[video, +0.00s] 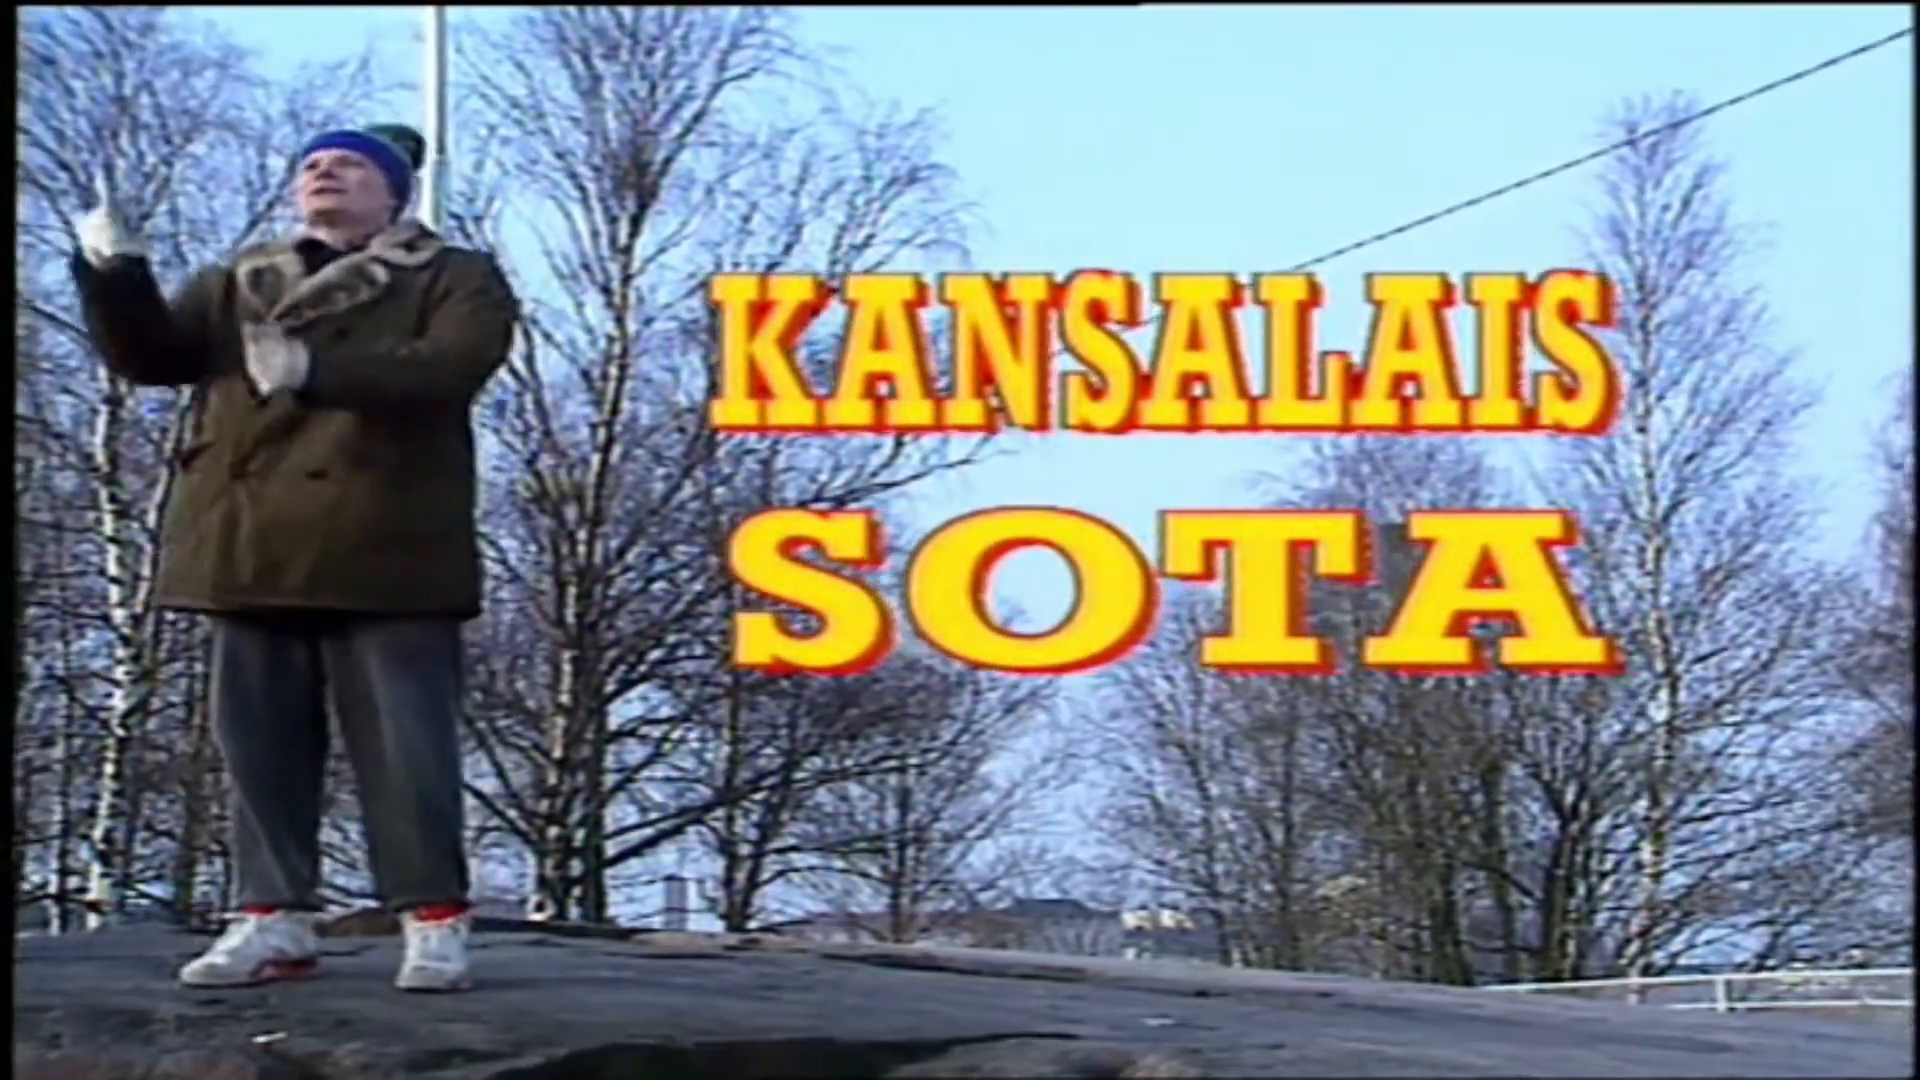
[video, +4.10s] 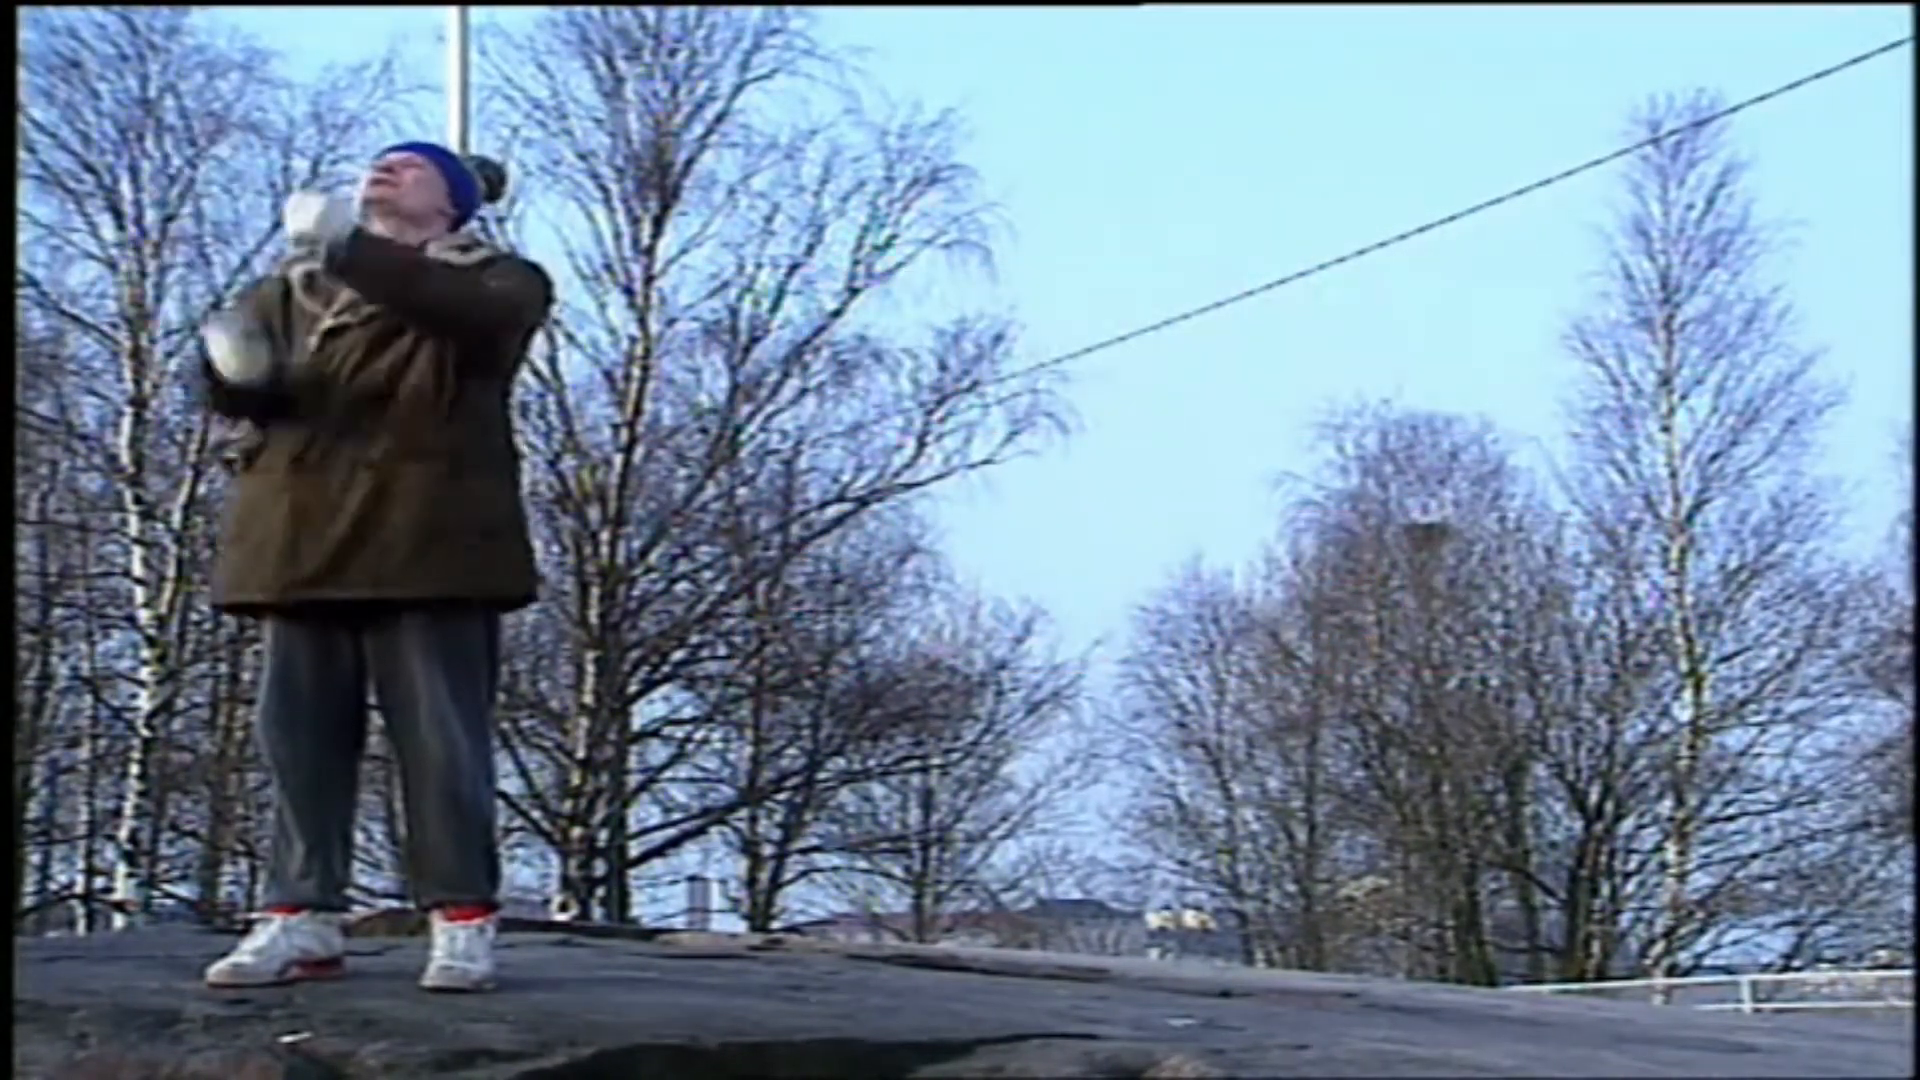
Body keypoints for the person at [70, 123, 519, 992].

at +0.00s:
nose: (321, 172)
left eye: (345, 163)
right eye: (310, 166)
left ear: (396, 193)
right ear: (292, 198)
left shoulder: (456, 275)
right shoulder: (246, 280)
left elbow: (447, 373)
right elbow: (151, 355)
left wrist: (315, 365)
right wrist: (114, 272)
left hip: (391, 561)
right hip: (253, 560)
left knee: (405, 747)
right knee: (259, 745)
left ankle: (434, 920)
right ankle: (276, 918)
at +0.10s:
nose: (332, 175)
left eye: (356, 166)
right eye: (321, 167)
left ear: (407, 194)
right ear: (303, 195)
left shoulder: (461, 275)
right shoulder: (255, 275)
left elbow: (446, 353)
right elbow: (198, 383)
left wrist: (308, 314)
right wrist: (162, 366)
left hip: (394, 554)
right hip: (259, 552)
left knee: (406, 744)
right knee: (265, 744)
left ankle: (436, 919)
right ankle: (279, 917)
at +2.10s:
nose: (367, 178)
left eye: (393, 169)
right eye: (362, 174)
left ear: (444, 208)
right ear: (347, 210)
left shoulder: (494, 282)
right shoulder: (292, 283)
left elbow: (490, 383)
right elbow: (165, 337)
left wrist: (379, 405)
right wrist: (163, 249)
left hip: (424, 561)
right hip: (294, 561)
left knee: (433, 742)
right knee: (293, 738)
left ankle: (458, 921)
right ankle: (302, 918)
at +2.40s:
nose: (391, 179)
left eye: (417, 172)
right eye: (389, 172)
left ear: (465, 214)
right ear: (371, 205)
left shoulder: (506, 285)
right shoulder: (319, 274)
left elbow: (477, 351)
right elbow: (230, 374)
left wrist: (342, 305)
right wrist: (201, 343)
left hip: (422, 555)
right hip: (295, 549)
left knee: (434, 741)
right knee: (295, 740)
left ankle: (459, 919)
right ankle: (303, 918)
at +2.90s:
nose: (378, 170)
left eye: (404, 163)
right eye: (379, 164)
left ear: (455, 202)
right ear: (370, 201)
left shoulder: (515, 286)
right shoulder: (306, 283)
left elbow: (508, 388)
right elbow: (170, 322)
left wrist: (392, 411)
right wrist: (167, 225)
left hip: (437, 566)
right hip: (309, 564)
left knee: (444, 747)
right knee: (301, 742)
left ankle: (462, 921)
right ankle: (305, 919)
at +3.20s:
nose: (367, 180)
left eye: (391, 169)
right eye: (366, 173)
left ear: (446, 197)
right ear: (364, 203)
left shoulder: (507, 280)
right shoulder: (315, 279)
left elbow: (495, 356)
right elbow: (204, 358)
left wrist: (345, 333)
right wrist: (194, 282)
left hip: (436, 554)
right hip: (306, 550)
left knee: (443, 745)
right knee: (302, 740)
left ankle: (462, 920)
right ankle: (305, 918)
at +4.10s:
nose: (380, 174)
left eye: (404, 166)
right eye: (374, 168)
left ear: (454, 204)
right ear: (360, 192)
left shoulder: (498, 276)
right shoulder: (300, 283)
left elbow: (489, 310)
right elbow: (239, 393)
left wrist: (343, 246)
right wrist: (234, 367)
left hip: (432, 543)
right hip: (305, 542)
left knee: (440, 737)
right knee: (300, 734)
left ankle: (461, 919)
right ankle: (305, 918)